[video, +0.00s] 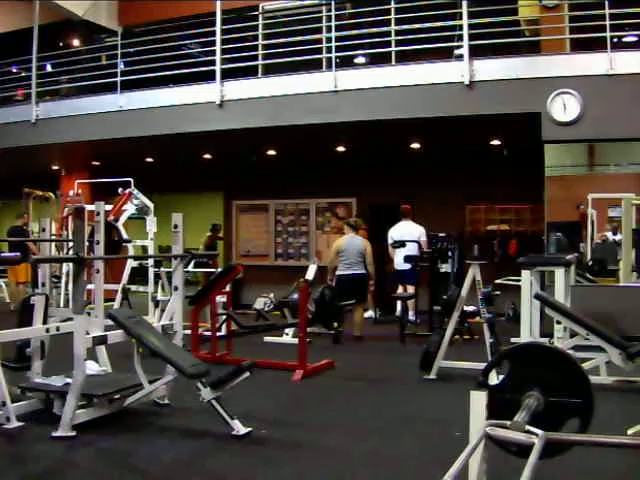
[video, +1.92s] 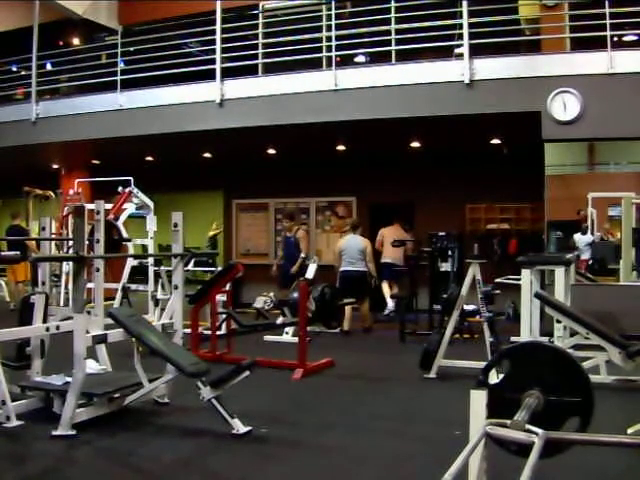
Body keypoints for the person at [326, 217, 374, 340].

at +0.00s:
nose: (344, 230)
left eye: (344, 228)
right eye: (345, 228)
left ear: (346, 228)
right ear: (356, 229)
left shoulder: (338, 242)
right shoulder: (365, 242)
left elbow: (332, 261)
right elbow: (369, 263)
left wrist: (330, 275)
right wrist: (372, 278)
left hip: (342, 275)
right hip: (360, 275)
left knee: (340, 306)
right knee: (358, 306)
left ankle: (339, 330)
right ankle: (357, 333)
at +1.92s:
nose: (360, 231)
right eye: (360, 229)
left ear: (349, 228)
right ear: (359, 229)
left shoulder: (341, 242)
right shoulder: (365, 242)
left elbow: (337, 260)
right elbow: (369, 261)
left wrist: (338, 270)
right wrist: (374, 275)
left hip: (345, 272)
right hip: (361, 272)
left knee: (348, 302)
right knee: (363, 300)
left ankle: (346, 327)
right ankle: (366, 324)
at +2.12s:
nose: (369, 230)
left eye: (368, 228)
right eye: (369, 228)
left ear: (356, 228)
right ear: (366, 228)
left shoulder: (348, 240)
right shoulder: (372, 241)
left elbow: (343, 258)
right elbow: (375, 259)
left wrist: (340, 272)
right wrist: (381, 274)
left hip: (352, 270)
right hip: (368, 270)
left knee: (350, 299)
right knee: (367, 299)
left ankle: (347, 320)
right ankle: (367, 324)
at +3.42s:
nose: (377, 232)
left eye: (377, 230)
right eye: (377, 230)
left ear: (366, 229)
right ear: (374, 229)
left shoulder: (357, 239)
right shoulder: (376, 240)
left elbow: (353, 255)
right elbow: (378, 256)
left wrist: (356, 264)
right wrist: (383, 271)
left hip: (358, 267)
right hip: (372, 267)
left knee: (362, 295)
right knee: (380, 292)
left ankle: (364, 321)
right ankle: (381, 315)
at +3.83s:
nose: (389, 234)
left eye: (389, 232)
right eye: (389, 232)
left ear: (379, 230)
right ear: (388, 231)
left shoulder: (367, 239)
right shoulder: (388, 241)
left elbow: (359, 253)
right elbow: (390, 258)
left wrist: (358, 265)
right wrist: (394, 271)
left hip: (368, 266)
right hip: (382, 267)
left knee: (370, 294)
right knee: (385, 295)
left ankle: (365, 315)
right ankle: (385, 316)